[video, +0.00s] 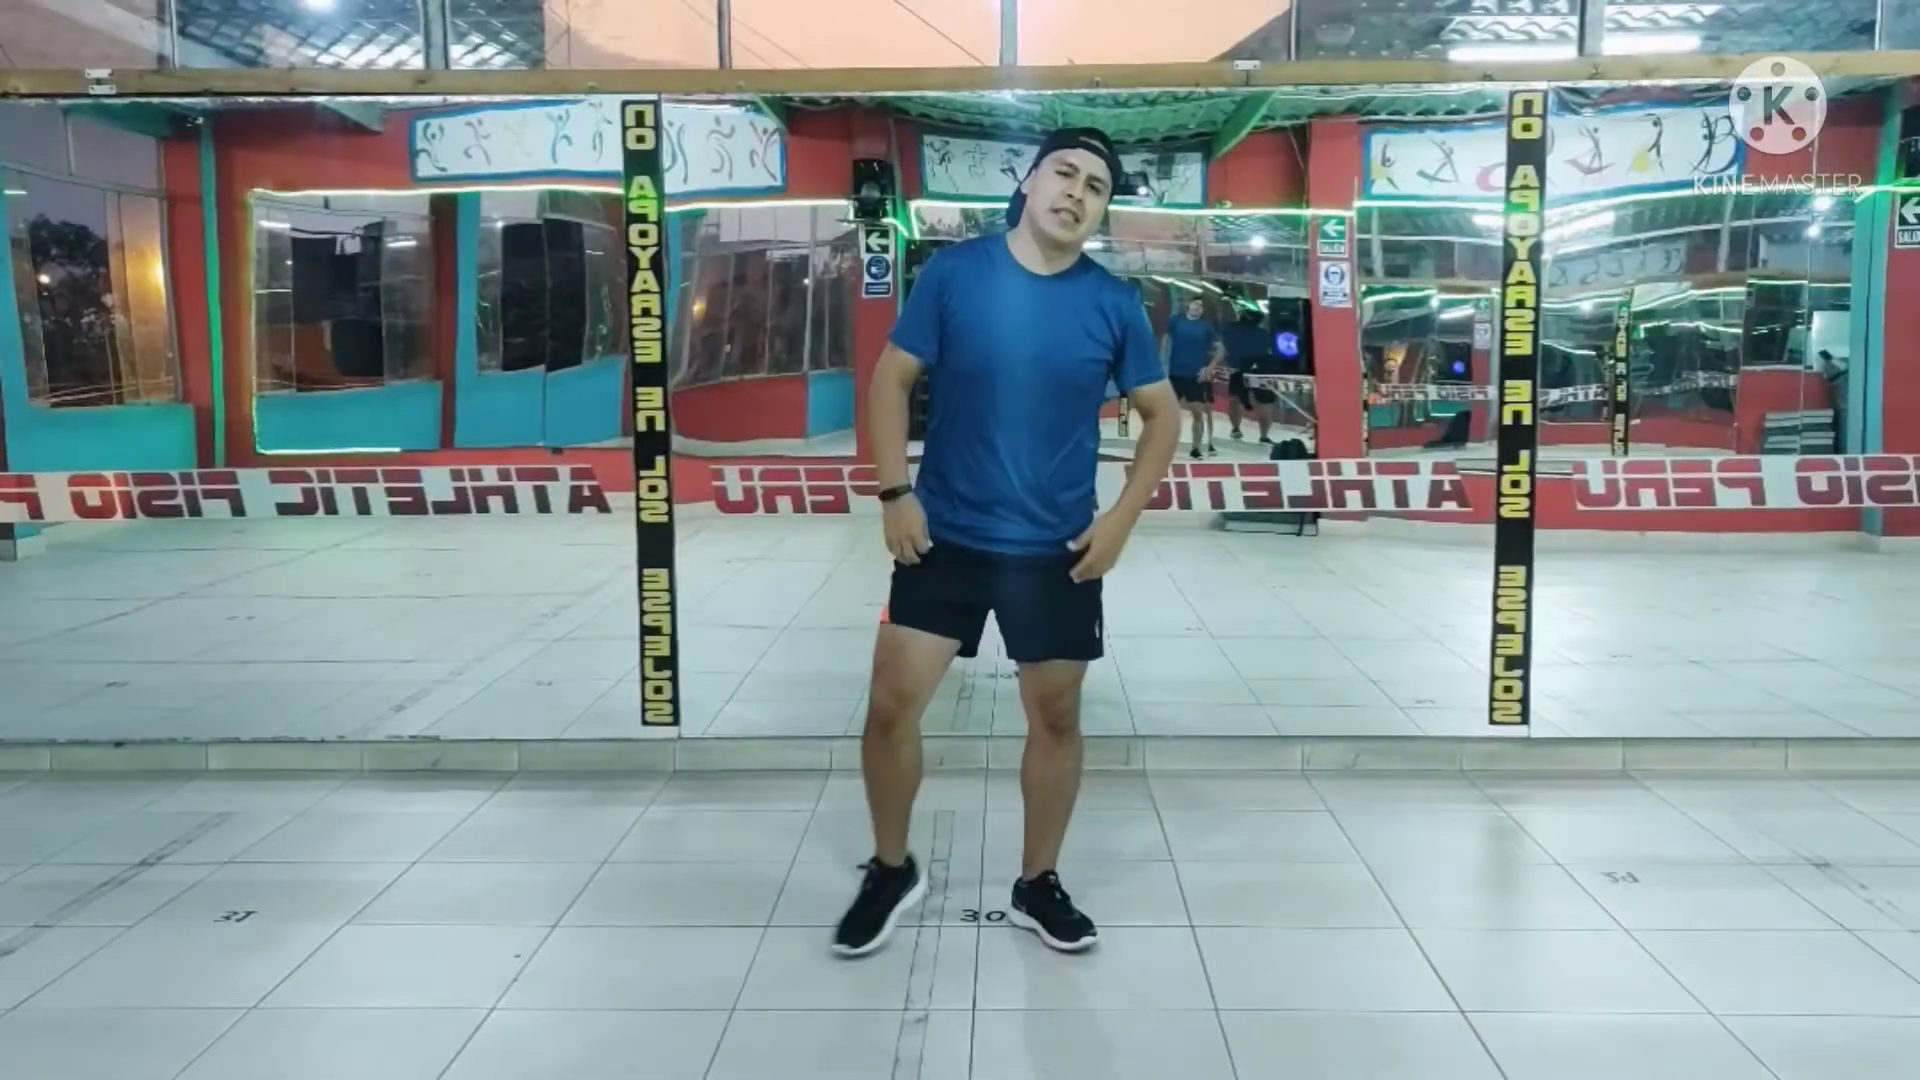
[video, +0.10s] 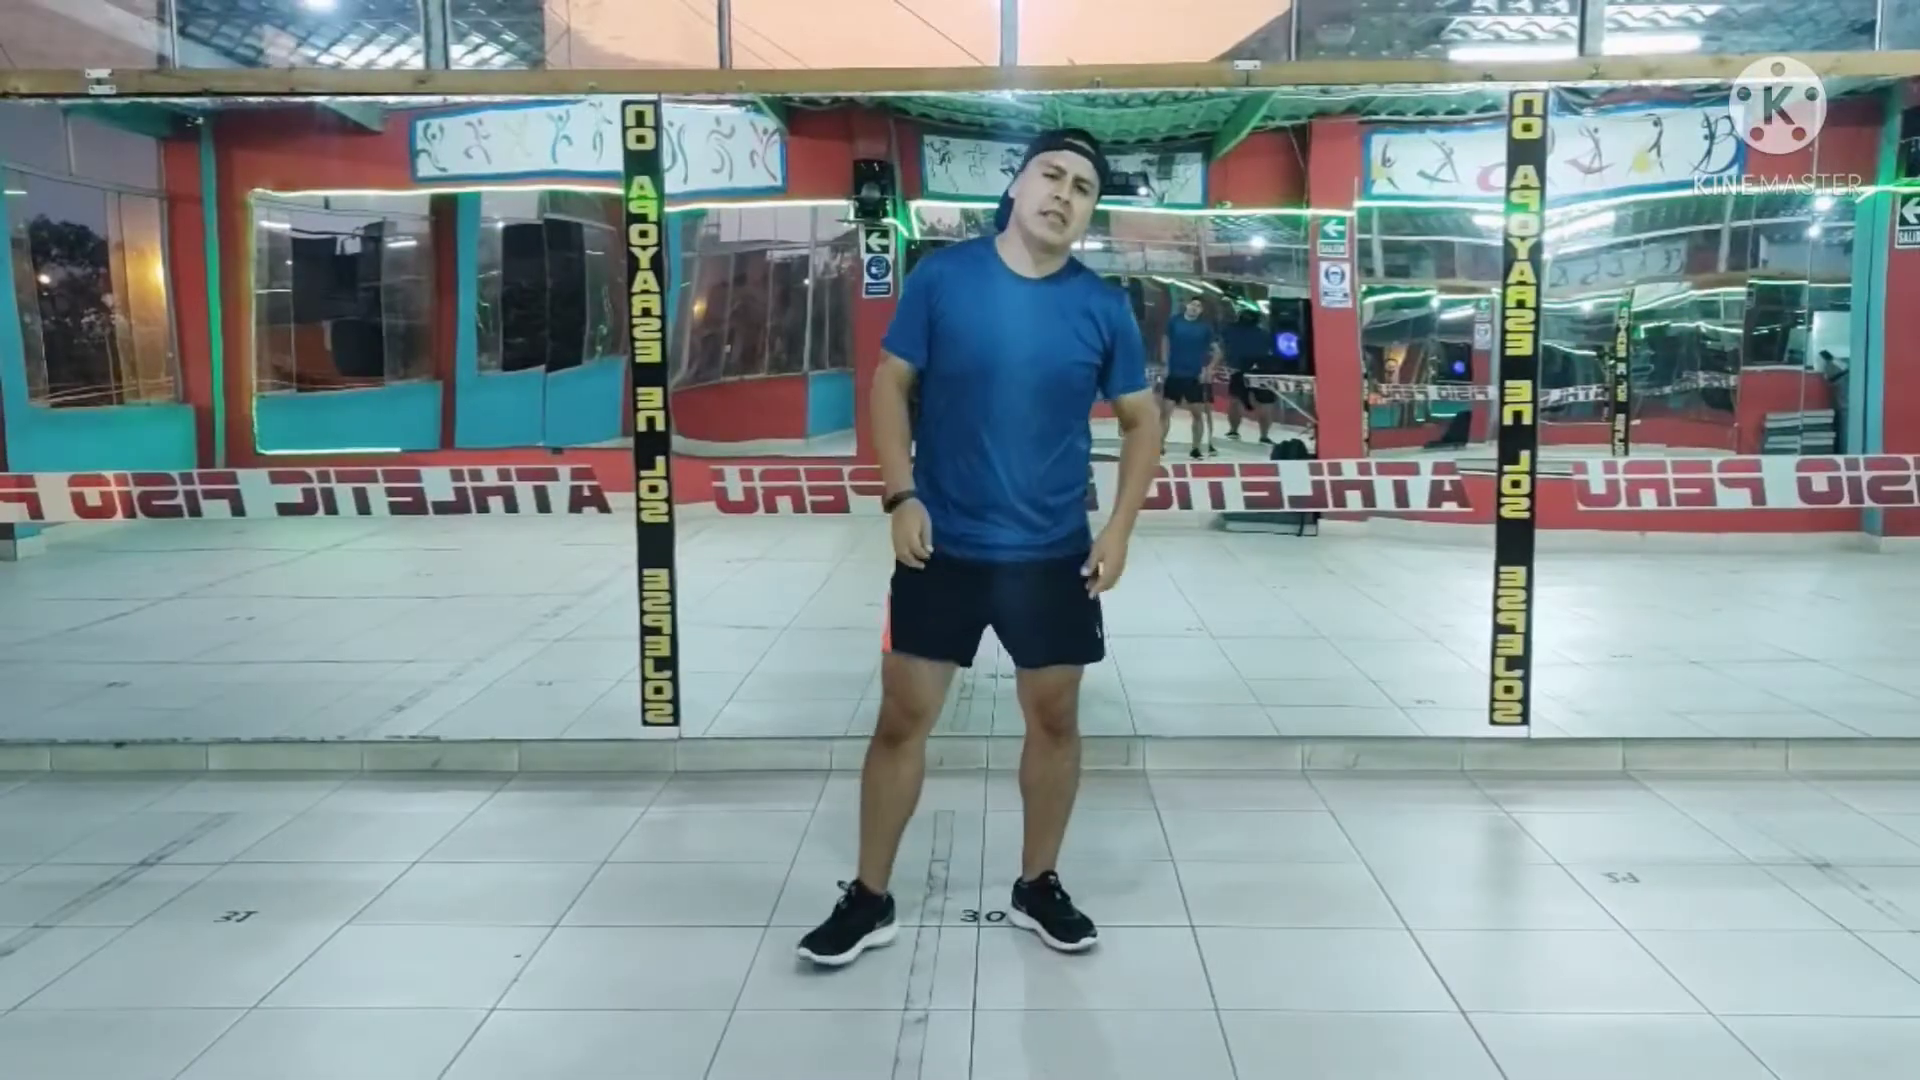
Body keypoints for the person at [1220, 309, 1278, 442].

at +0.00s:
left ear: (1241, 317)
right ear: (1259, 319)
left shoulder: (1231, 330)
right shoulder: (1263, 334)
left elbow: (1224, 350)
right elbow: (1270, 353)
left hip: (1237, 368)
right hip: (1260, 370)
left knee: (1234, 399)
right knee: (1264, 402)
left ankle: (1236, 429)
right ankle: (1264, 435)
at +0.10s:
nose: (1245, 320)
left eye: (1246, 317)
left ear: (1240, 318)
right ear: (1257, 319)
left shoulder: (1231, 331)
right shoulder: (1263, 334)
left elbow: (1224, 350)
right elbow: (1269, 353)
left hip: (1237, 369)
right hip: (1260, 371)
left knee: (1235, 400)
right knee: (1264, 403)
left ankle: (1233, 430)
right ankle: (1264, 435)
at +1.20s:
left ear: (1235, 318)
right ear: (1251, 320)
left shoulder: (1229, 332)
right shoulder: (1261, 334)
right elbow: (1270, 354)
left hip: (1240, 367)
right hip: (1265, 368)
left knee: (1238, 400)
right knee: (1274, 404)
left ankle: (1236, 432)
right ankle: (1284, 439)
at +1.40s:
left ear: (1235, 319)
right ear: (1251, 320)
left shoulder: (1229, 332)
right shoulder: (1260, 334)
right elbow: (1270, 351)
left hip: (1240, 368)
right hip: (1264, 368)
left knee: (1238, 401)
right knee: (1274, 404)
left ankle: (1237, 433)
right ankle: (1284, 440)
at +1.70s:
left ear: (1235, 319)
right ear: (1251, 320)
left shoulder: (1229, 332)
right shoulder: (1260, 334)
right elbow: (1271, 350)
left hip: (1241, 369)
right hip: (1264, 369)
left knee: (1239, 402)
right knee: (1275, 406)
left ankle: (1237, 433)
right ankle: (1285, 440)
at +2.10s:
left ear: (1235, 319)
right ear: (1251, 320)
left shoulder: (1230, 331)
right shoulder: (1261, 334)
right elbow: (1271, 350)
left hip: (1241, 368)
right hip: (1264, 370)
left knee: (1239, 401)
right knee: (1275, 405)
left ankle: (1238, 433)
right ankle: (1285, 440)